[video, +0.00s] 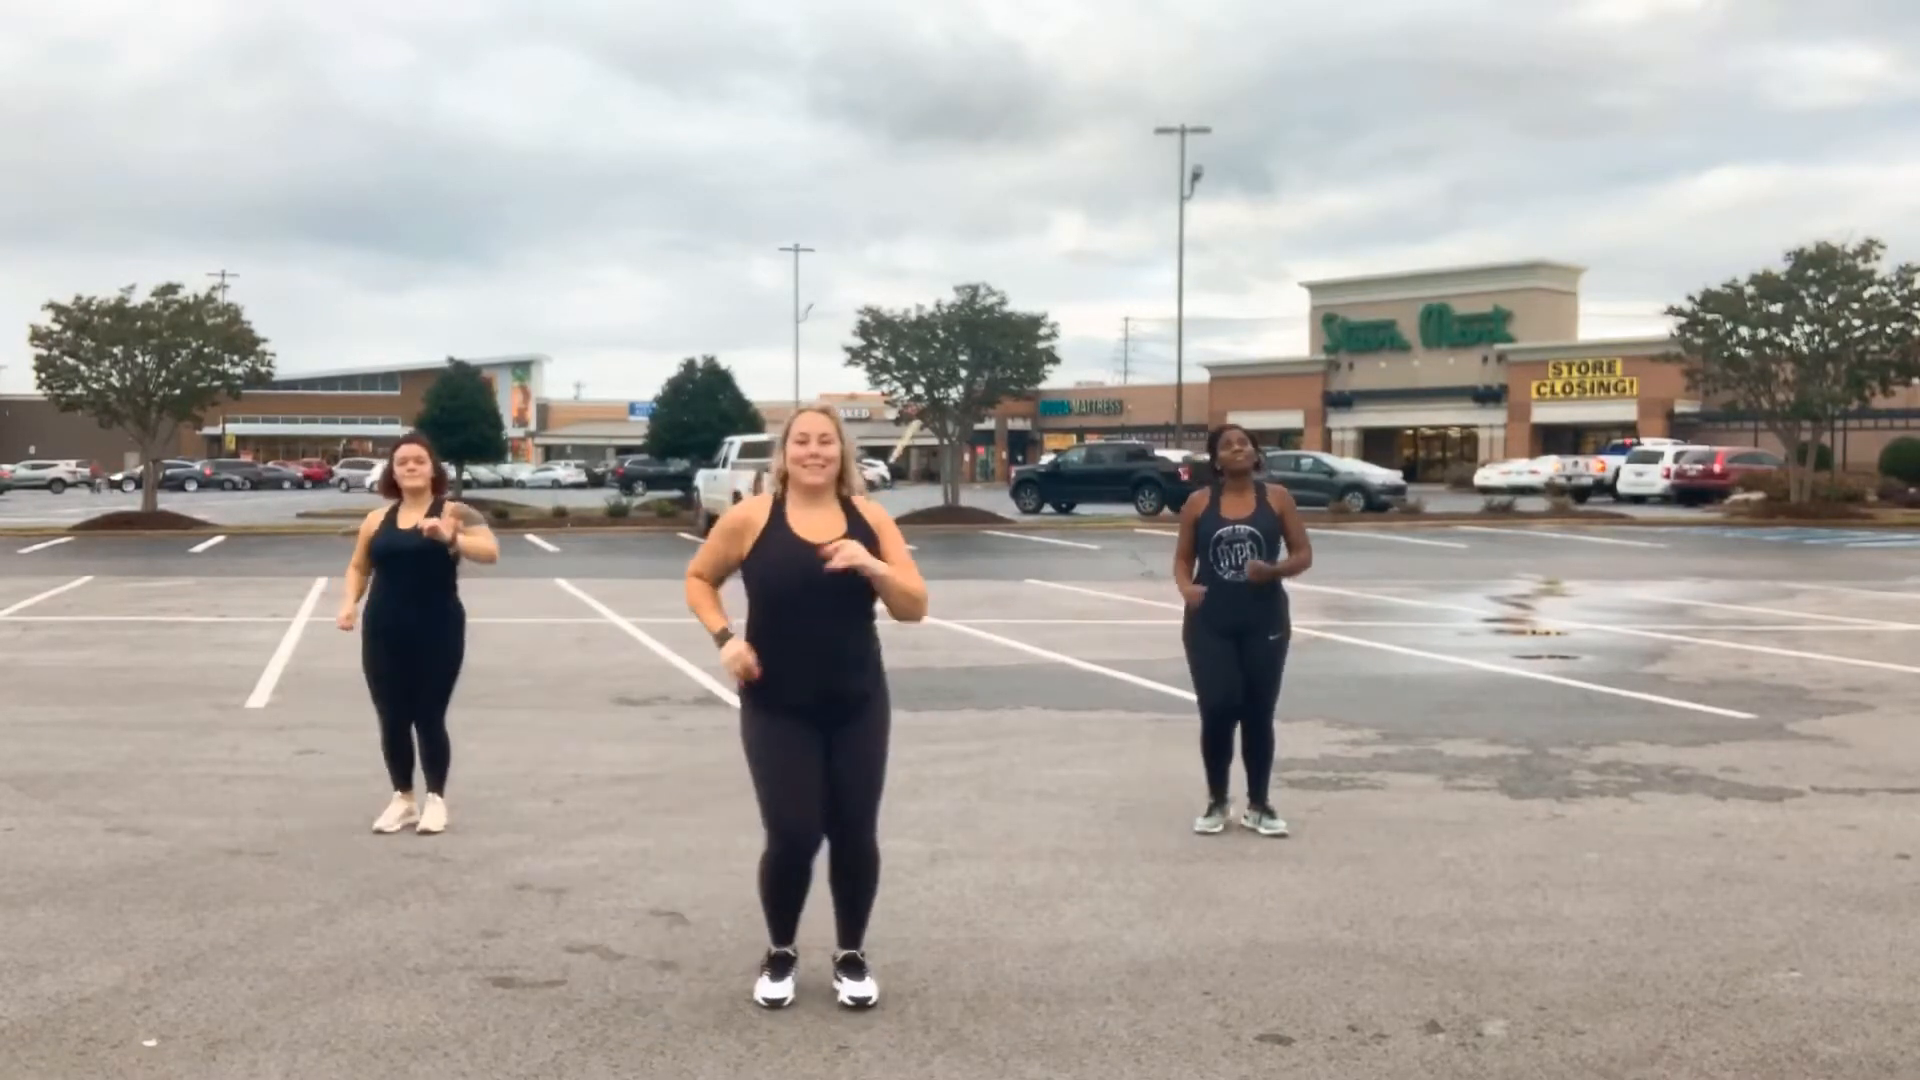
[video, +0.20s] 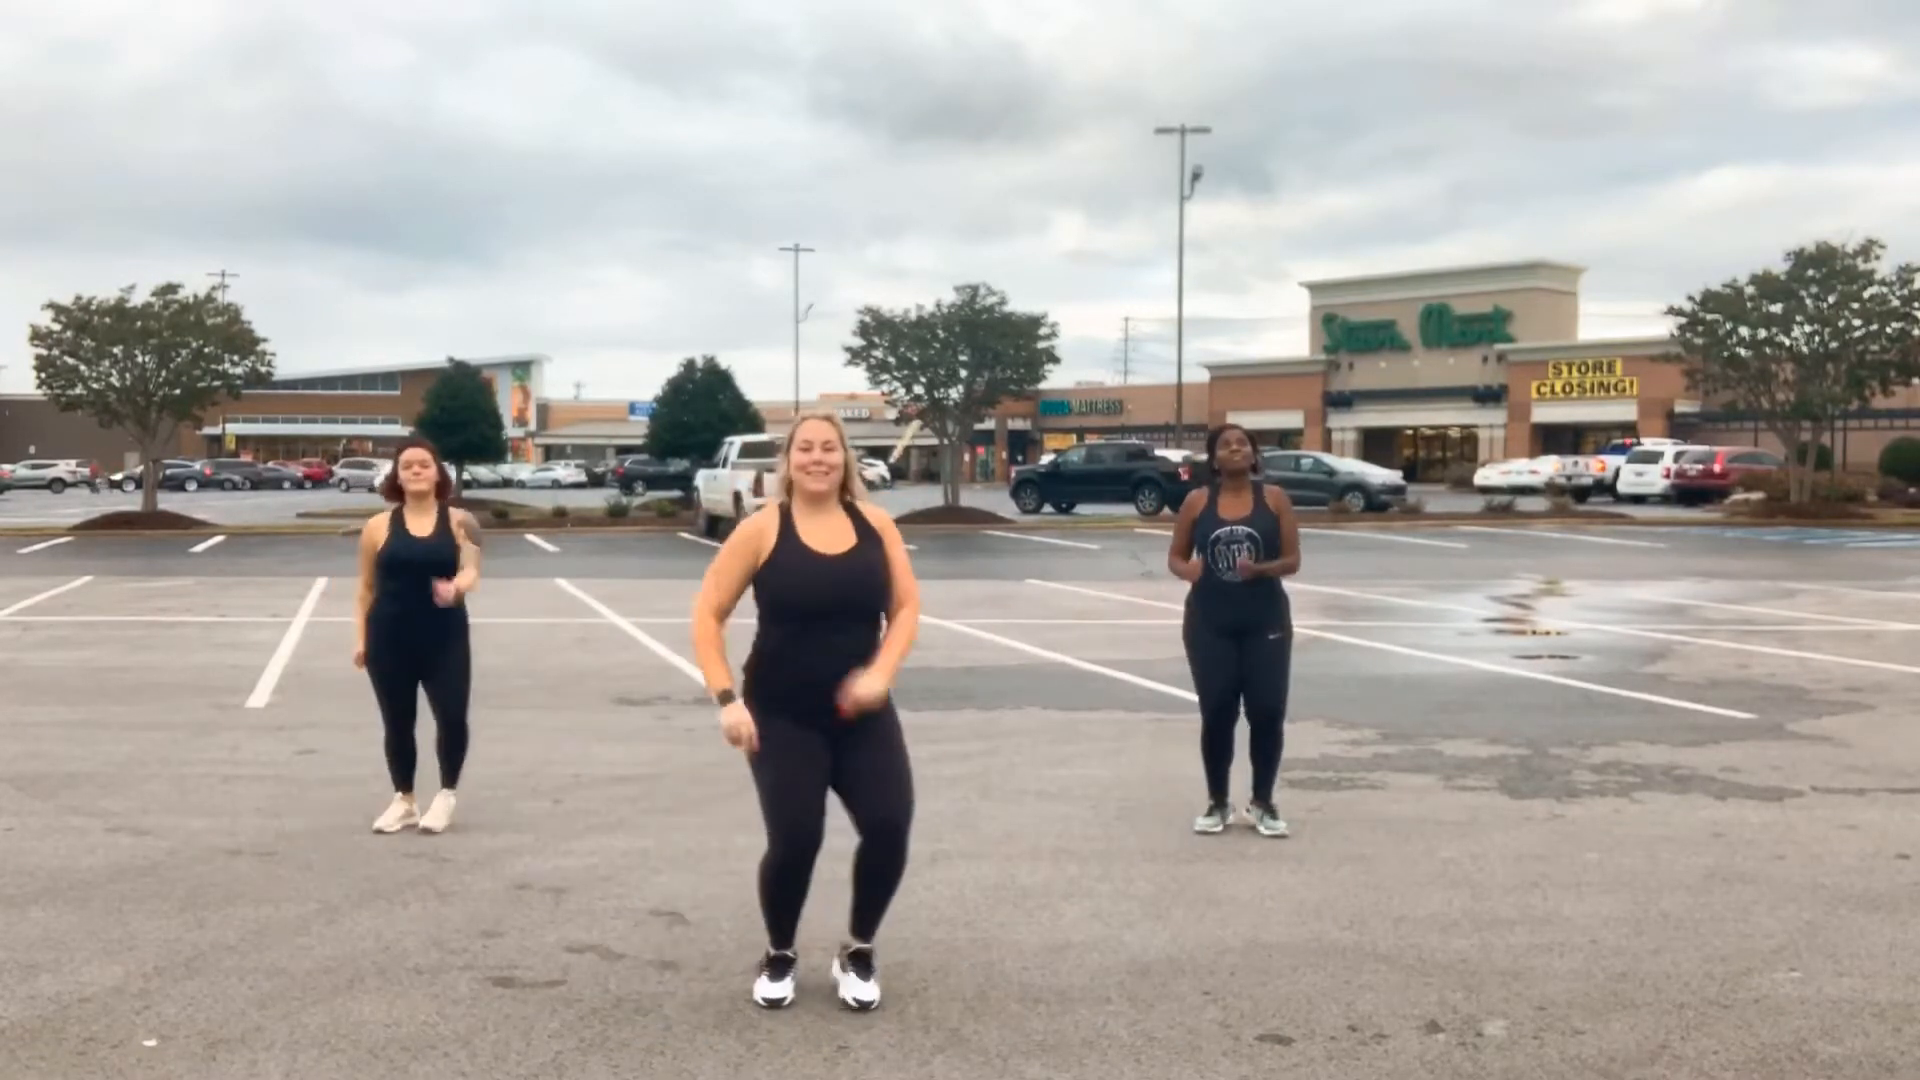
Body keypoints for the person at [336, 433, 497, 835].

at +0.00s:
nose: (411, 468)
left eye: (419, 461)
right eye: (403, 462)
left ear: (434, 469)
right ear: (392, 472)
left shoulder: (456, 514)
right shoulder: (377, 520)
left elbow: (490, 551)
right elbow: (358, 567)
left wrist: (455, 537)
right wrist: (350, 603)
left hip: (437, 631)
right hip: (383, 631)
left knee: (428, 716)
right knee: (392, 718)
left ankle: (435, 799)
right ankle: (403, 798)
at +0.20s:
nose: (416, 471)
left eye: (424, 465)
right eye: (408, 466)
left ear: (438, 473)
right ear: (397, 476)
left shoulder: (459, 523)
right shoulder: (377, 527)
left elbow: (470, 571)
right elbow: (366, 588)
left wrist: (456, 586)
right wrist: (362, 640)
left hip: (445, 638)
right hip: (388, 638)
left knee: (452, 719)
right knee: (397, 724)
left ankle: (447, 794)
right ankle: (404, 799)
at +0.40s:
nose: (426, 472)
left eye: (433, 466)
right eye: (418, 467)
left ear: (447, 475)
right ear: (405, 477)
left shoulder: (469, 523)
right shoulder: (383, 524)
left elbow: (512, 566)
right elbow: (346, 570)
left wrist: (521, 610)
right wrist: (361, 595)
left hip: (465, 635)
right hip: (410, 638)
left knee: (481, 716)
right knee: (408, 724)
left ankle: (527, 788)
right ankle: (405, 800)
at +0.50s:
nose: (432, 474)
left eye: (439, 467)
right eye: (424, 468)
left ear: (454, 475)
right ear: (412, 478)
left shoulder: (477, 518)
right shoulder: (394, 523)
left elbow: (527, 541)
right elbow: (343, 560)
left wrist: (536, 588)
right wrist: (376, 565)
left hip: (480, 635)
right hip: (428, 640)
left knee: (500, 719)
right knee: (409, 725)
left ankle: (539, 794)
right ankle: (406, 801)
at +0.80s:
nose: (426, 479)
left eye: (434, 472)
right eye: (417, 473)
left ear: (448, 479)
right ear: (407, 483)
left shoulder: (470, 526)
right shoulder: (393, 532)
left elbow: (502, 576)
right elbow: (376, 594)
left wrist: (494, 604)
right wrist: (378, 564)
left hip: (472, 642)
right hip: (418, 645)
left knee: (498, 721)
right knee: (406, 731)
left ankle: (538, 794)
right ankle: (407, 802)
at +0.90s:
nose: (421, 477)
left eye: (429, 470)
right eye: (412, 471)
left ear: (444, 476)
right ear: (402, 480)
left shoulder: (462, 524)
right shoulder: (384, 527)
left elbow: (479, 579)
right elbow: (357, 574)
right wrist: (357, 580)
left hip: (460, 639)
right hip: (404, 640)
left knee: (486, 720)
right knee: (402, 726)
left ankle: (532, 792)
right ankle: (406, 801)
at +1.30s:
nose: (402, 473)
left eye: (411, 467)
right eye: (394, 468)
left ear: (425, 474)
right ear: (383, 477)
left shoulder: (447, 520)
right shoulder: (364, 528)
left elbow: (461, 562)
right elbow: (348, 577)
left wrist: (427, 581)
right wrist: (343, 615)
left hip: (435, 634)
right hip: (382, 633)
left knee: (419, 717)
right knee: (390, 720)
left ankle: (426, 799)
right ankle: (401, 798)